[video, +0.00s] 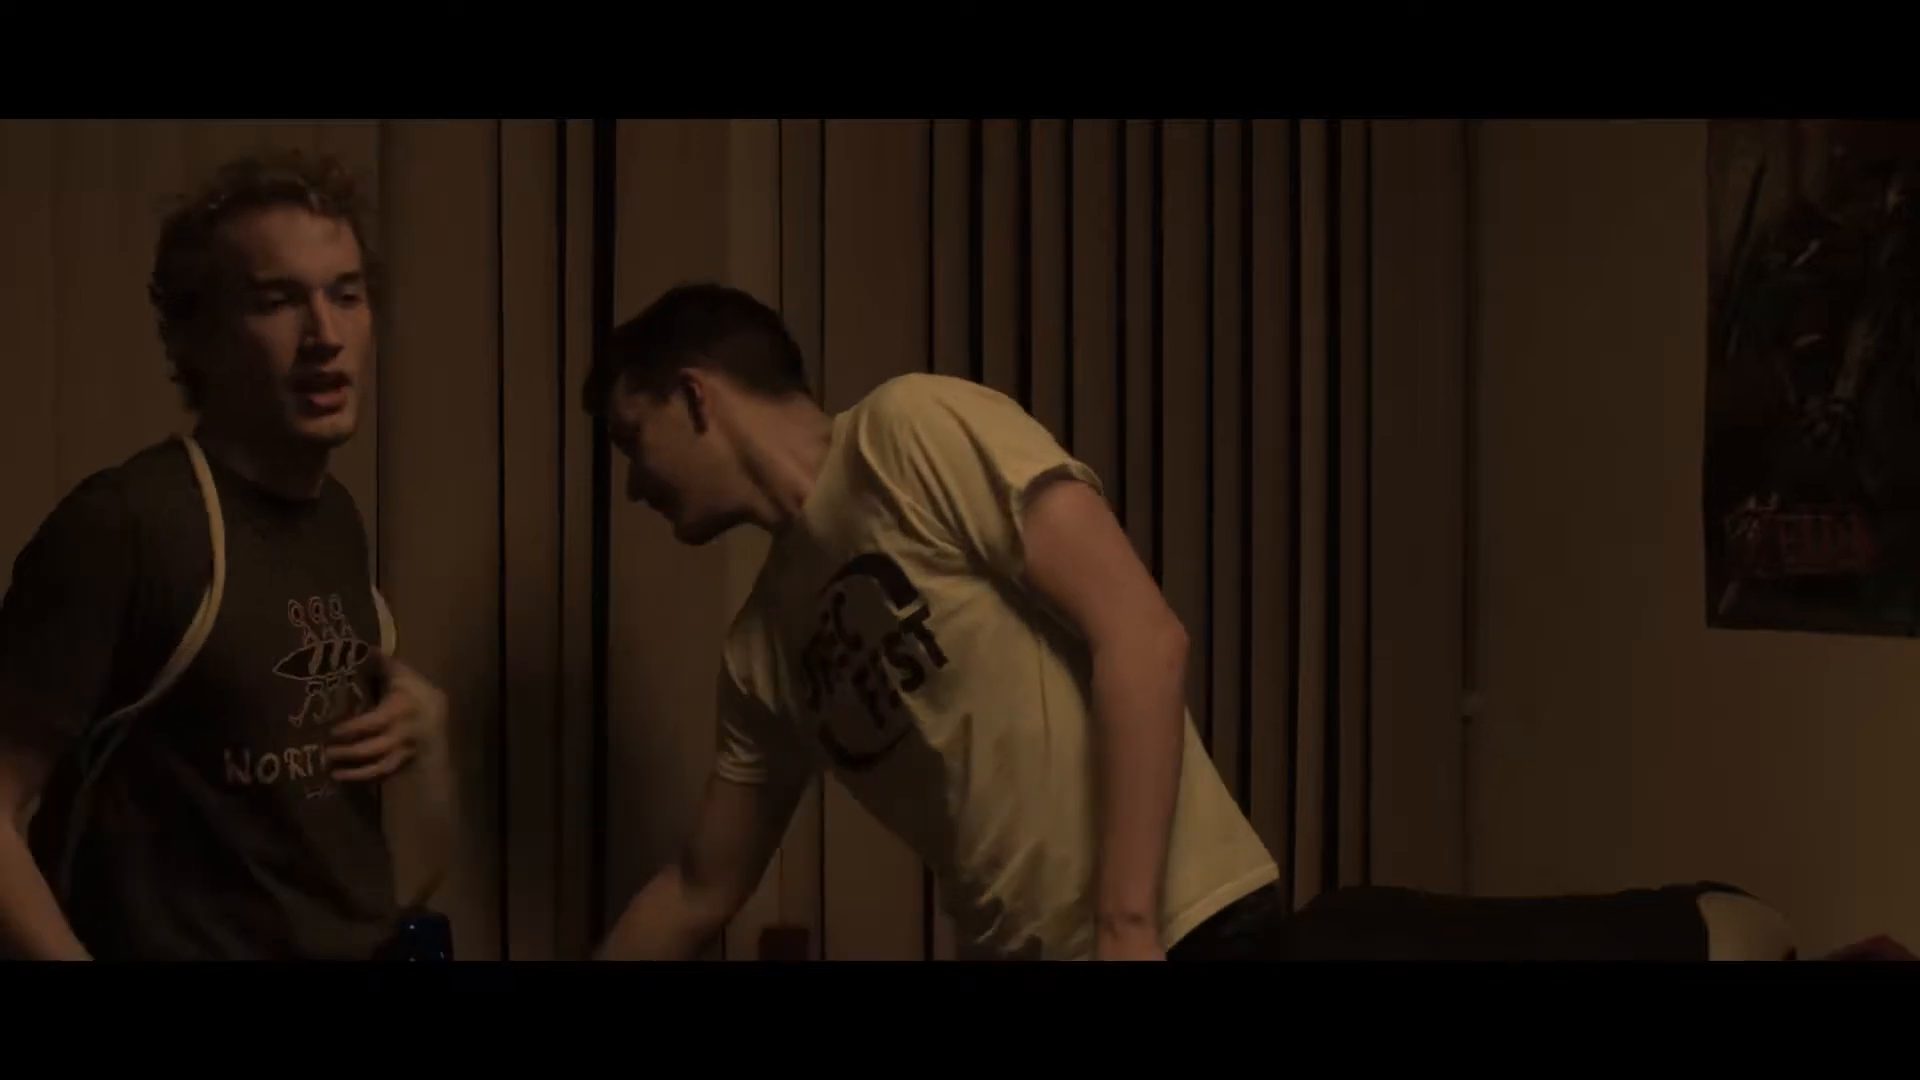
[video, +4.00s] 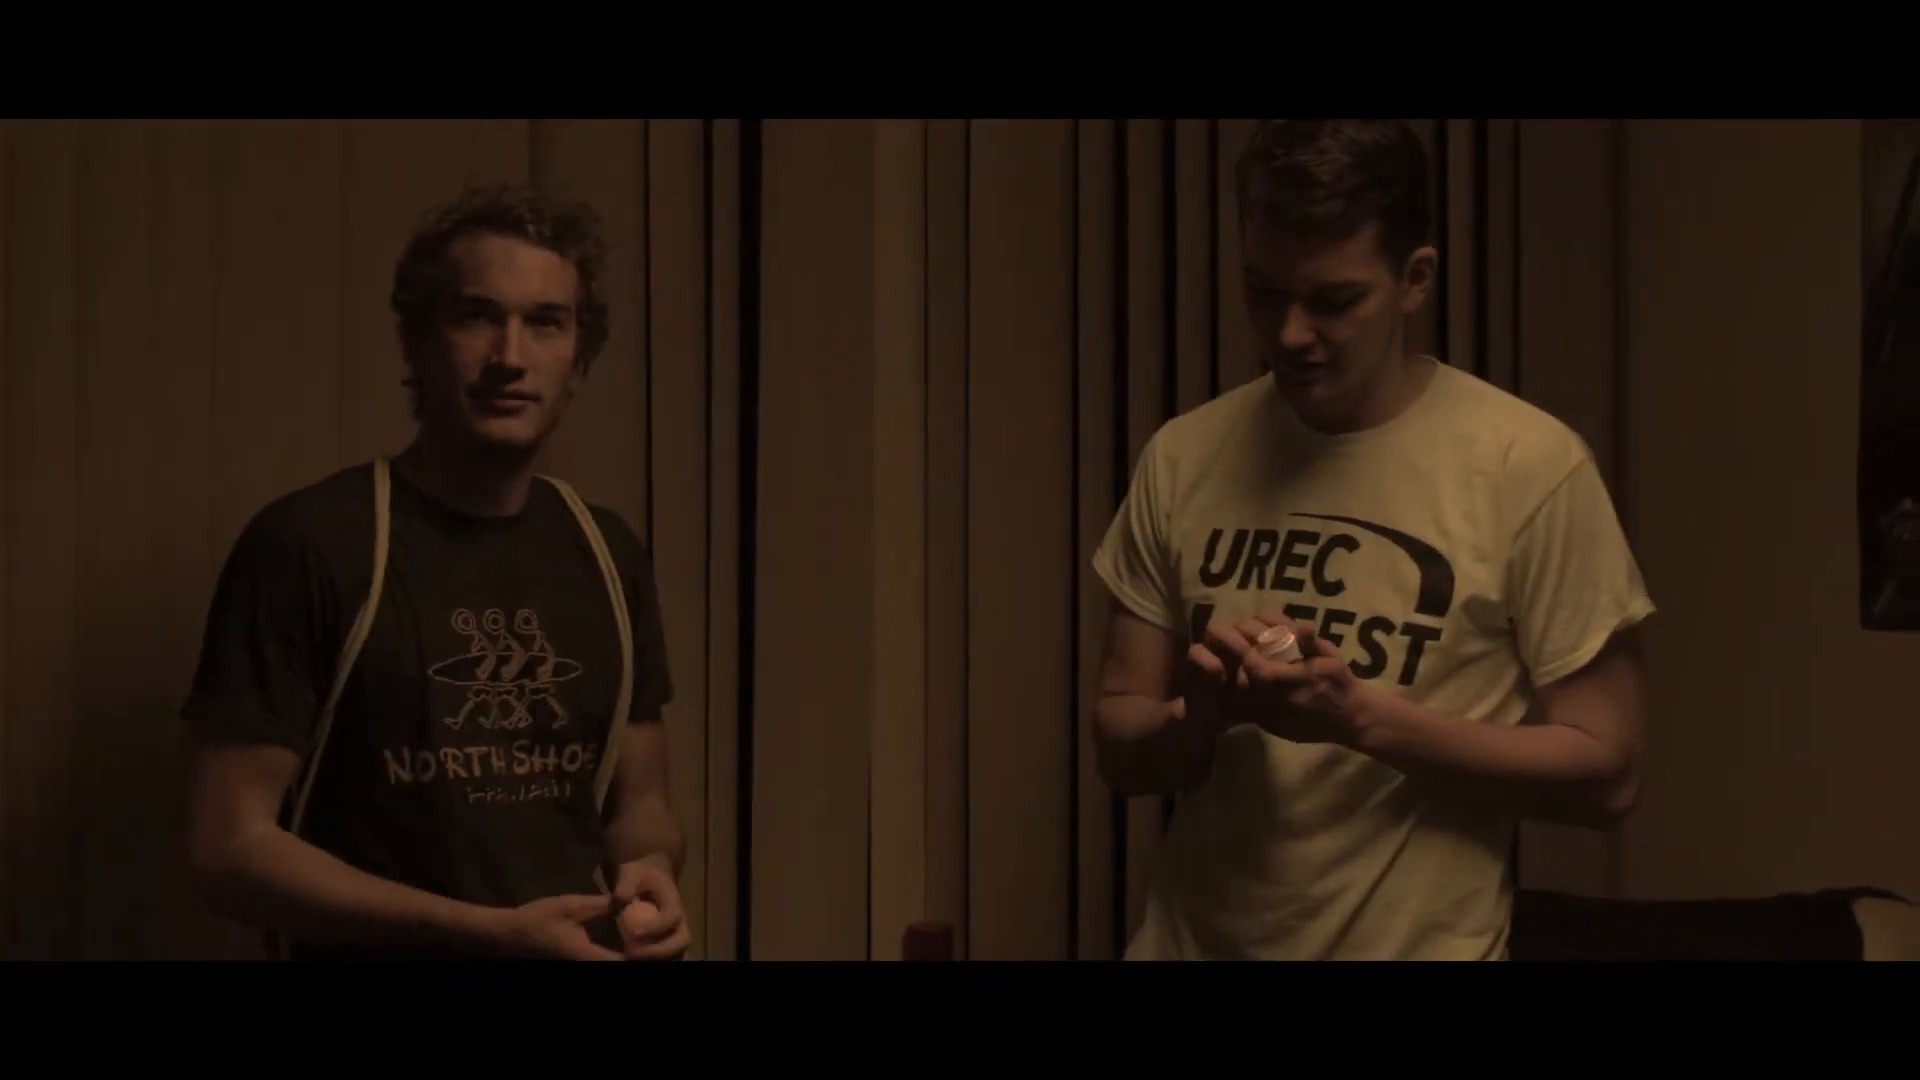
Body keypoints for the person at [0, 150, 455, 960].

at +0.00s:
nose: (327, 337)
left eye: (346, 296)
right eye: (276, 301)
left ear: (370, 313)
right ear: (195, 337)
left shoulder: (334, 516)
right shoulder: (119, 529)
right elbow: (2, 809)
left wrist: (419, 710)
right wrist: (68, 956)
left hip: (344, 933)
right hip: (172, 940)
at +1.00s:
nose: (340, 353)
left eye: (334, 311)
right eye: (307, 312)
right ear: (188, 321)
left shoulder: (321, 501)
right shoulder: (26, 524)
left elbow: (582, 607)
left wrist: (423, 350)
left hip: (314, 938)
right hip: (99, 943)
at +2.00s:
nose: (364, 420)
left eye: (379, 378)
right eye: (326, 368)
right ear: (210, 345)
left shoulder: (329, 545)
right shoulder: (61, 572)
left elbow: (320, 833)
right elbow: (5, 900)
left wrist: (394, 788)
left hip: (346, 944)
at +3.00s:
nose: (441, 384)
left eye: (471, 352)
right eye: (405, 338)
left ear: (493, 370)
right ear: (326, 345)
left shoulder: (469, 553)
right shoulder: (208, 552)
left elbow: (467, 795)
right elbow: (133, 872)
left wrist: (554, 853)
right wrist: (439, 900)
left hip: (430, 954)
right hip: (250, 959)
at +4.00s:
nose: (510, 356)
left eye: (544, 322)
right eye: (476, 317)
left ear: (581, 355)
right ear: (414, 342)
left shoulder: (607, 552)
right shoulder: (306, 548)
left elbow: (638, 793)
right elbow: (229, 844)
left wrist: (648, 873)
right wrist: (497, 931)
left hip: (583, 950)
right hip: (376, 955)